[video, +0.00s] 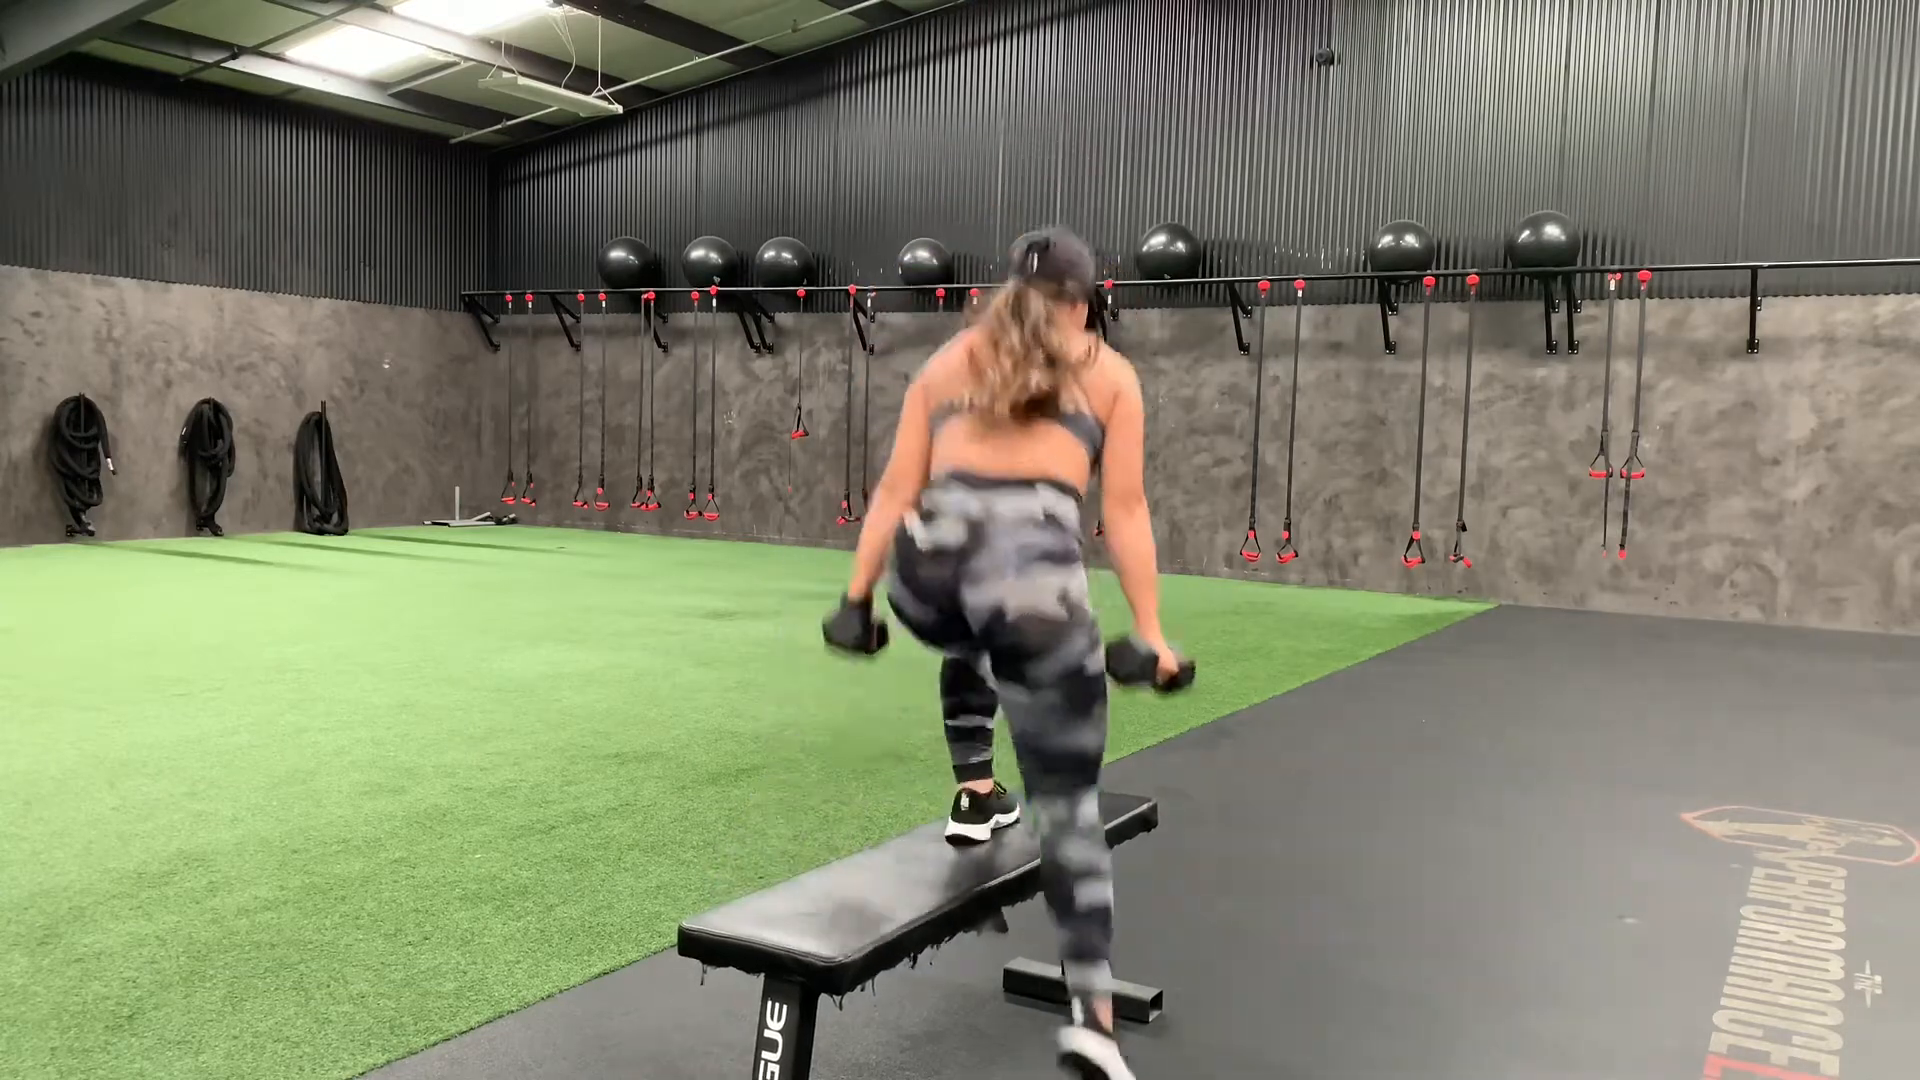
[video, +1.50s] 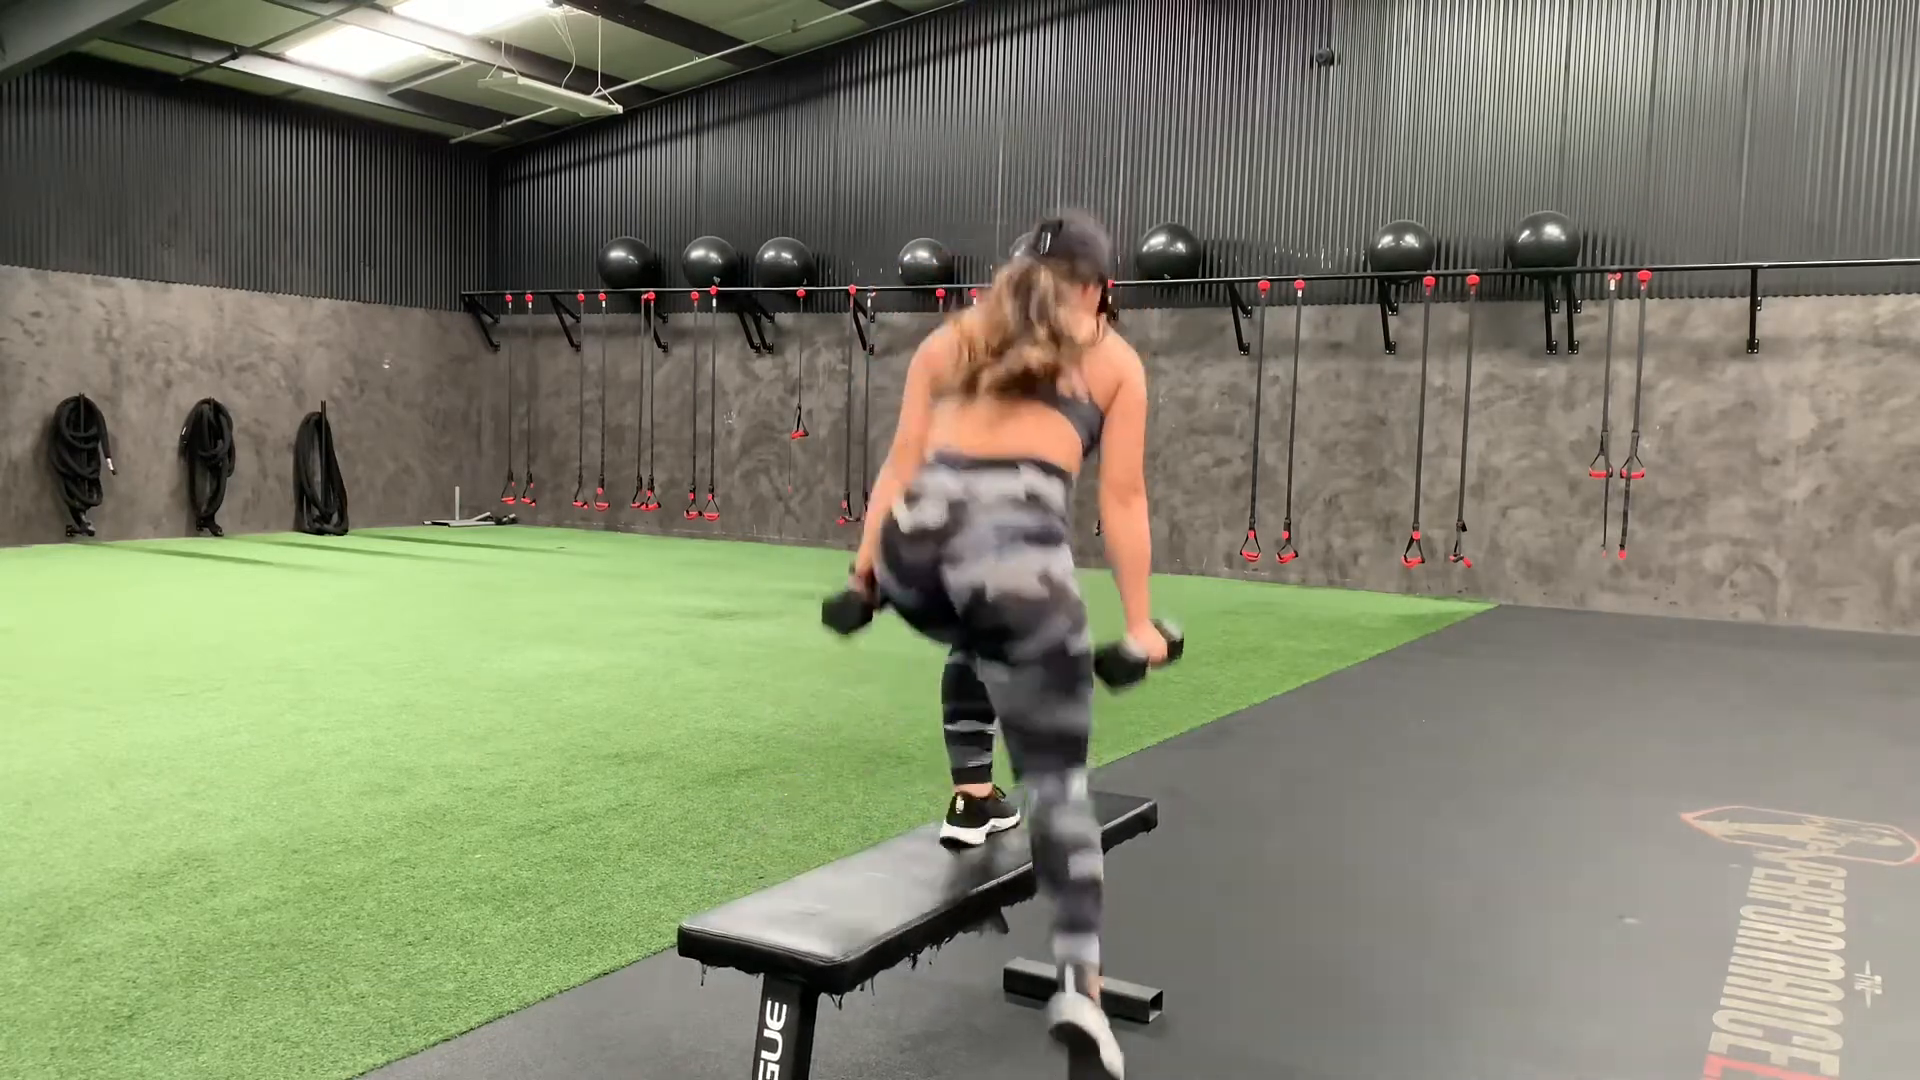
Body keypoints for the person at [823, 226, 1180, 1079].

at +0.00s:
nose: (1096, 309)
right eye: (1096, 296)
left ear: (1007, 291)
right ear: (1088, 299)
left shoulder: (949, 362)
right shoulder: (1111, 374)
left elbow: (898, 487)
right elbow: (1124, 510)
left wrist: (856, 595)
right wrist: (1150, 632)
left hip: (928, 564)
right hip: (1036, 569)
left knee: (965, 637)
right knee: (1066, 806)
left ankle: (974, 790)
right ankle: (1092, 1016)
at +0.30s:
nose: (1079, 322)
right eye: (1077, 311)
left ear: (996, 307)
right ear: (1068, 314)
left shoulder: (941, 387)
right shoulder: (1098, 388)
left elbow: (906, 520)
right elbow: (1128, 517)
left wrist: (878, 628)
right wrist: (1170, 633)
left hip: (945, 581)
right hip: (1050, 578)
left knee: (961, 637)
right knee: (1072, 812)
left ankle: (974, 788)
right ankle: (1103, 1038)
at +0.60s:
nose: (1096, 231)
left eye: (1094, 218)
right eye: (1097, 217)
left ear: (1028, 202)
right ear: (1089, 212)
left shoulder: (973, 257)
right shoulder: (1093, 275)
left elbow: (925, 372)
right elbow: (1093, 403)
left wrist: (866, 503)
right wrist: (1105, 530)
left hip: (880, 452)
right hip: (977, 451)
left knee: (952, 607)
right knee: (1063, 597)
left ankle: (851, 758)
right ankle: (1009, 776)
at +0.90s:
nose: (1063, 430)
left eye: (1064, 416)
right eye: (1064, 415)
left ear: (995, 402)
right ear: (1050, 412)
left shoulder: (942, 462)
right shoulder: (1041, 488)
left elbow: (918, 579)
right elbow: (1034, 625)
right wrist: (1044, 753)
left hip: (854, 677)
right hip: (933, 684)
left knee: (844, 867)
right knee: (1071, 643)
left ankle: (716, 1008)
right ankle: (993, 805)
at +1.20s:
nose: (1109, 261)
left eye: (1109, 250)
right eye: (1111, 249)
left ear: (1044, 229)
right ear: (1104, 242)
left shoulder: (979, 277)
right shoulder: (1109, 299)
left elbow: (929, 388)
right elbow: (1103, 434)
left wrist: (861, 526)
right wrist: (1106, 563)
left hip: (871, 481)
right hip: (968, 484)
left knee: (923, 631)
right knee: (1036, 615)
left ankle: (823, 787)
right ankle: (994, 785)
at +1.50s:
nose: (1109, 304)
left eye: (1105, 292)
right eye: (1109, 292)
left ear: (1015, 278)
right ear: (1094, 289)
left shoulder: (945, 343)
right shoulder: (1113, 361)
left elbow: (903, 463)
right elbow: (1121, 497)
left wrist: (862, 575)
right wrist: (1139, 626)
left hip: (913, 553)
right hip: (1022, 560)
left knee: (975, 636)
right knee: (1056, 783)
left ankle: (971, 795)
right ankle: (1080, 985)